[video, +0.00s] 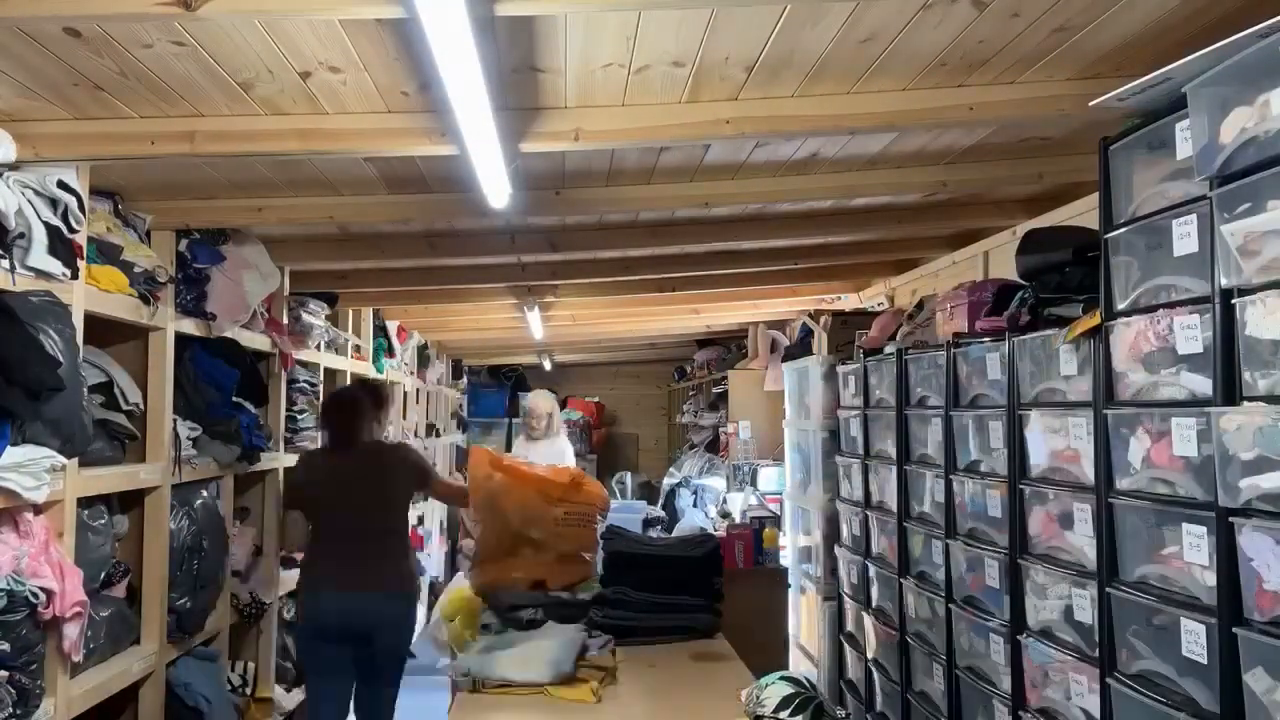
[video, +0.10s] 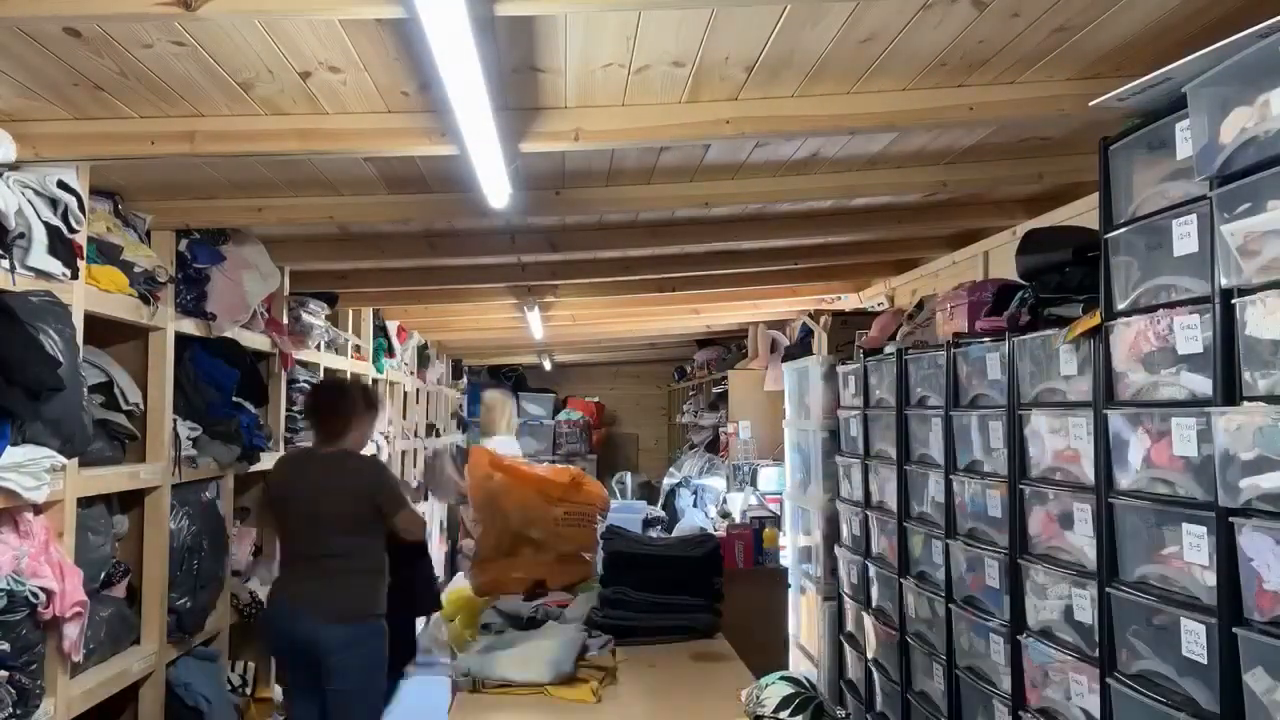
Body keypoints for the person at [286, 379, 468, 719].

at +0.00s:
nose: (384, 426)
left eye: (383, 419)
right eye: (381, 419)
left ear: (330, 422)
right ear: (371, 421)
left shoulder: (308, 465)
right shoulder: (400, 459)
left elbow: (289, 539)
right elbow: (455, 495)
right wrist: (493, 490)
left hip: (324, 595)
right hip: (389, 596)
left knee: (326, 707)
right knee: (376, 709)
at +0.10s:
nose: (371, 429)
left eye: (372, 420)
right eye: (370, 419)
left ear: (316, 419)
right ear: (356, 421)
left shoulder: (285, 468)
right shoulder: (370, 472)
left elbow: (265, 549)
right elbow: (415, 529)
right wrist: (398, 500)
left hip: (290, 610)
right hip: (354, 616)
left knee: (302, 710)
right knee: (356, 711)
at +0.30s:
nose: (382, 421)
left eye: (388, 413)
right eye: (372, 414)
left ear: (398, 416)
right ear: (356, 420)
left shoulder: (422, 457)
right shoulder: (342, 460)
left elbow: (436, 514)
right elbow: (335, 531)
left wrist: (427, 554)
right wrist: (345, 587)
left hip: (404, 581)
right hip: (352, 581)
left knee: (395, 671)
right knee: (349, 675)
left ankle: (390, 716)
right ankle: (349, 717)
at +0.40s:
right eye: (444, 416)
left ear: (404, 417)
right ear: (446, 420)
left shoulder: (377, 458)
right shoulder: (456, 461)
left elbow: (361, 517)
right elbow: (470, 518)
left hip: (375, 573)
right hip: (428, 577)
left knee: (372, 660)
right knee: (421, 651)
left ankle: (366, 716)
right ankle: (423, 715)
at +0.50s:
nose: (374, 431)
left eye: (378, 421)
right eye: (364, 422)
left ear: (383, 420)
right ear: (330, 419)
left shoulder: (383, 467)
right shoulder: (307, 471)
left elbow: (429, 522)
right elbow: (352, 519)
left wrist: (459, 480)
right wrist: (421, 473)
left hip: (380, 636)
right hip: (316, 640)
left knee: (376, 714)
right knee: (319, 715)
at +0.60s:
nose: (404, 422)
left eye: (402, 413)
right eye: (393, 412)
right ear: (356, 418)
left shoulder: (390, 470)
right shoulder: (336, 476)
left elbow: (436, 488)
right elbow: (402, 518)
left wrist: (469, 453)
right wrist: (474, 461)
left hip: (410, 644)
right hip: (363, 650)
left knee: (410, 715)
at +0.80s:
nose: (405, 437)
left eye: (406, 424)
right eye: (397, 422)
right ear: (347, 416)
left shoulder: (381, 489)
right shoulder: (310, 500)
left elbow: (427, 570)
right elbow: (411, 588)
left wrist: (494, 513)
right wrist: (496, 509)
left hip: (400, 703)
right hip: (336, 707)